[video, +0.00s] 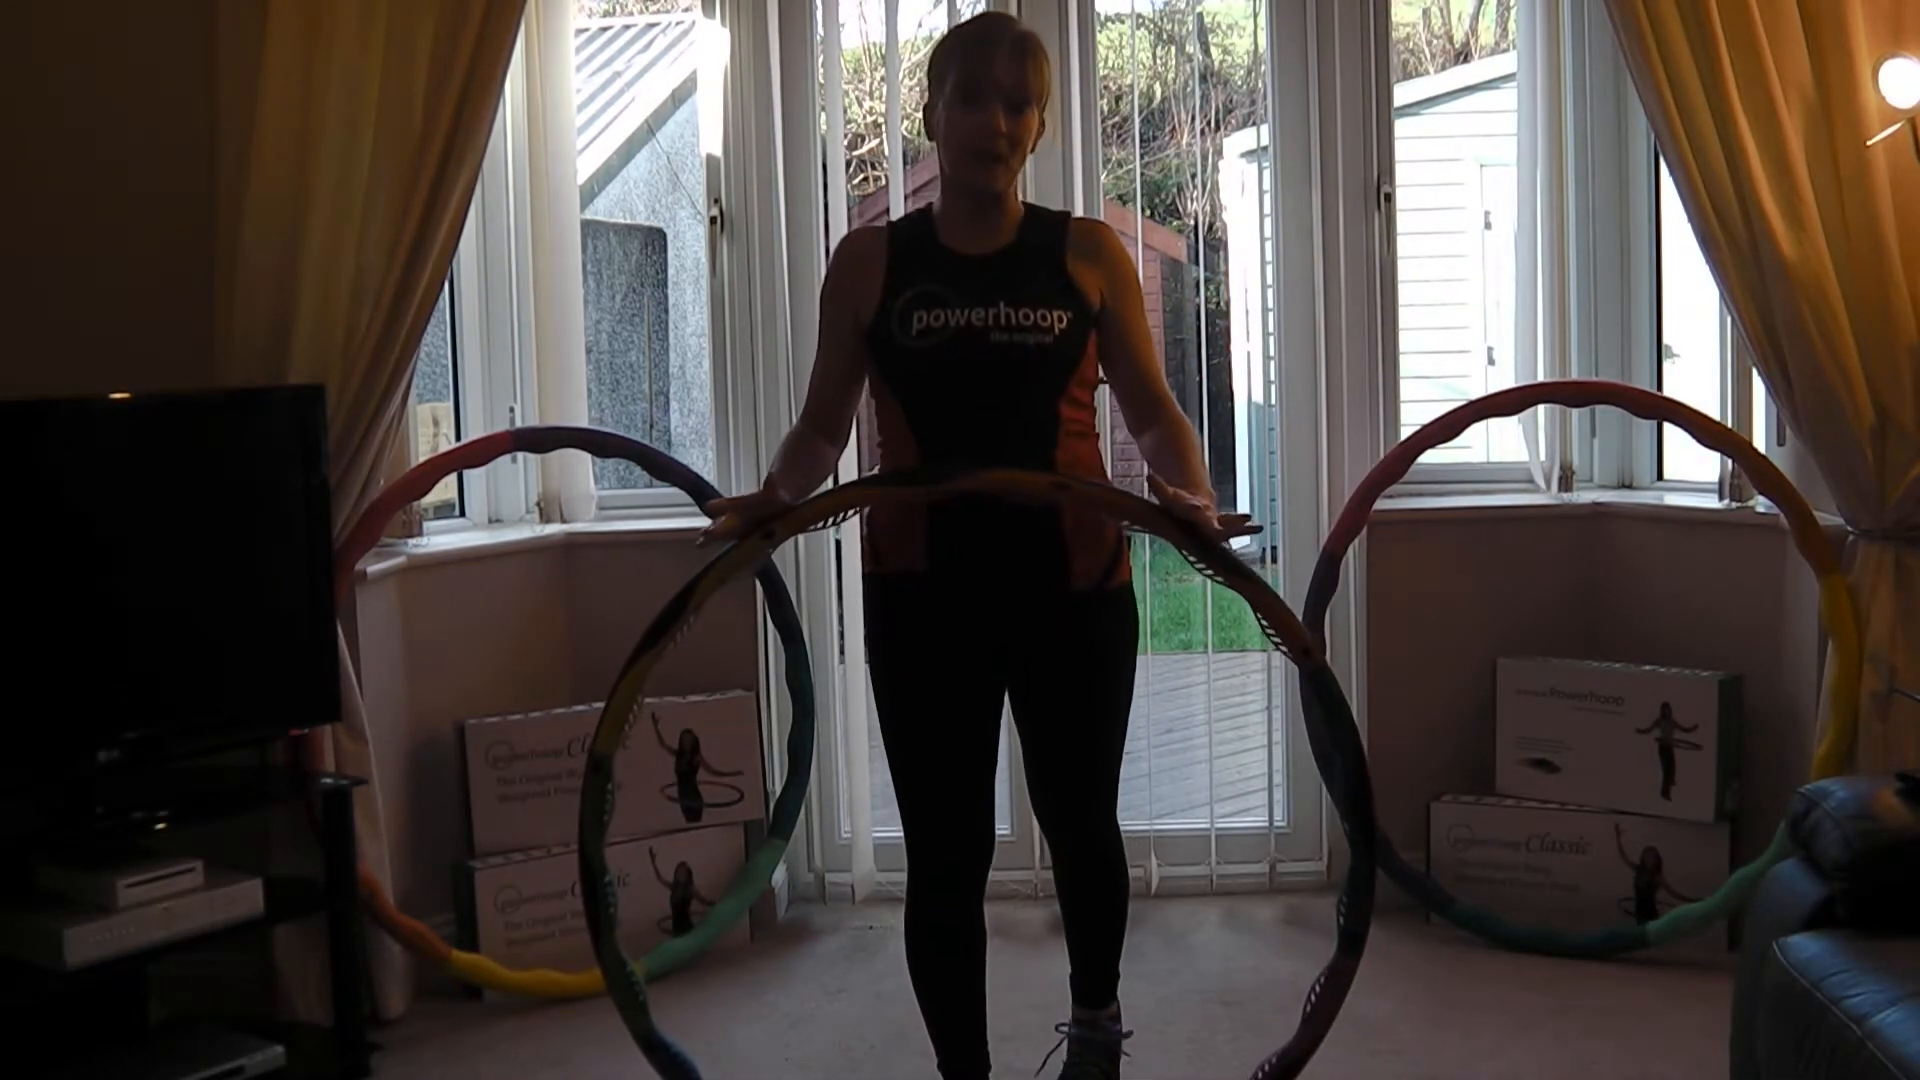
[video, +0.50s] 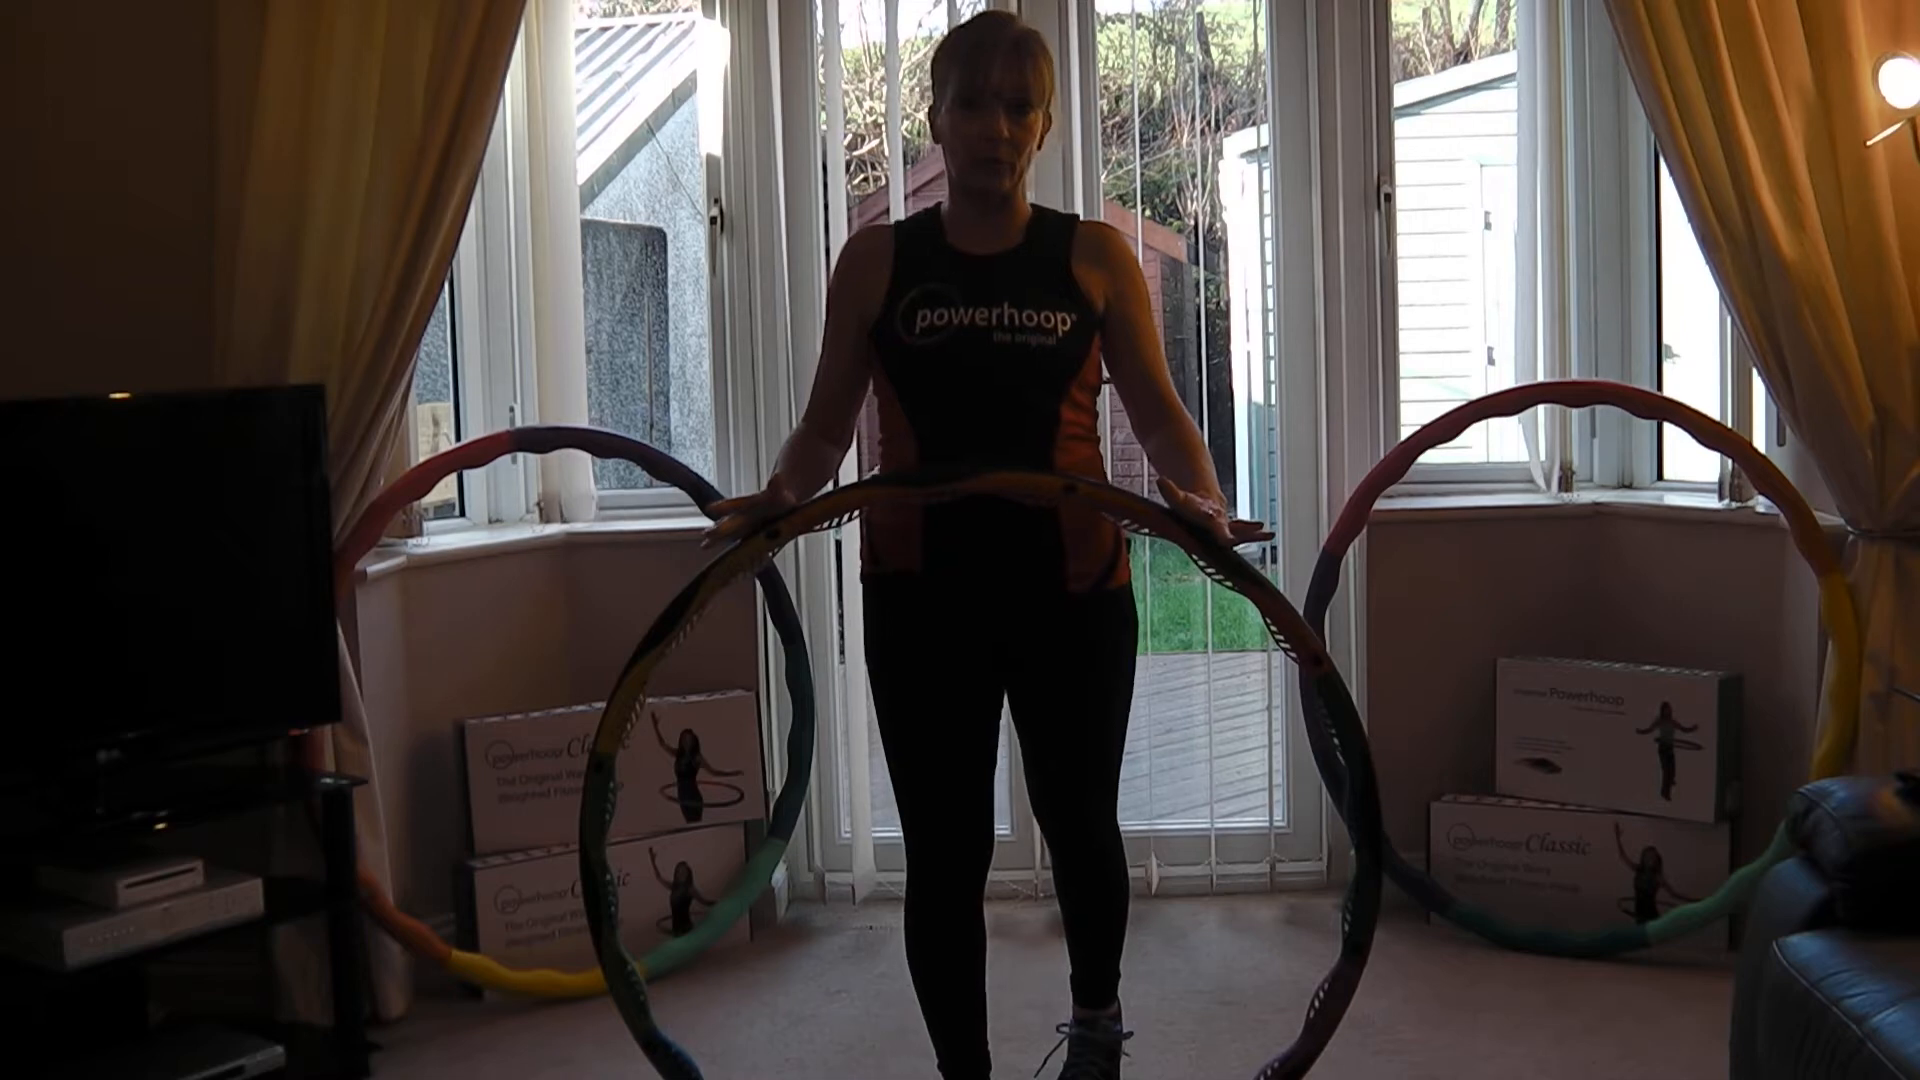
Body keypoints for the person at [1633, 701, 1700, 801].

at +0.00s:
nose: (1666, 712)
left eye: (1668, 710)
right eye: (1665, 710)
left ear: (1670, 711)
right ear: (1662, 711)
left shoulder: (1671, 721)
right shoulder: (1660, 721)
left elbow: (1683, 730)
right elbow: (1650, 730)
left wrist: (1692, 728)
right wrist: (1640, 731)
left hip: (1669, 747)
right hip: (1663, 748)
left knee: (1670, 770)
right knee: (1667, 771)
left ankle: (1667, 792)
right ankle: (1665, 792)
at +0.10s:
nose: (1666, 712)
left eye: (1668, 710)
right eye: (1665, 710)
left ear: (1670, 711)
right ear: (1662, 711)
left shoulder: (1670, 721)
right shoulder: (1660, 721)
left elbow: (1683, 730)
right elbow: (1650, 730)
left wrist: (1692, 728)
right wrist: (1640, 731)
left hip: (1669, 747)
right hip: (1663, 747)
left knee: (1670, 770)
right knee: (1667, 771)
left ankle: (1666, 792)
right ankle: (1665, 792)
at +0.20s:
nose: (1666, 712)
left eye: (1668, 710)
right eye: (1665, 710)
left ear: (1670, 711)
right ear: (1662, 711)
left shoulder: (1670, 721)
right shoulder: (1660, 721)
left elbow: (1683, 730)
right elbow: (1650, 730)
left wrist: (1692, 728)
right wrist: (1640, 731)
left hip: (1668, 747)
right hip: (1663, 747)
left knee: (1670, 770)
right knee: (1667, 771)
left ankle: (1666, 792)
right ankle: (1665, 792)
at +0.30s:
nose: (1667, 713)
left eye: (1668, 710)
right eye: (1665, 710)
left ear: (1670, 711)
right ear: (1662, 711)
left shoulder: (1671, 721)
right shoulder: (1660, 721)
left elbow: (1683, 729)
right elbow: (1651, 729)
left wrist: (1692, 729)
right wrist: (1641, 731)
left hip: (1669, 747)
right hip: (1663, 747)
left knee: (1670, 770)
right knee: (1667, 771)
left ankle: (1667, 792)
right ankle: (1665, 792)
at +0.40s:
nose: (1667, 712)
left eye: (1668, 710)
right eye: (1665, 710)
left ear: (1670, 711)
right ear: (1662, 711)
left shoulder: (1671, 721)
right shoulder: (1660, 721)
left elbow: (1683, 729)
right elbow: (1650, 729)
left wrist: (1692, 728)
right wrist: (1641, 731)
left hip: (1669, 747)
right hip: (1663, 747)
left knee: (1670, 771)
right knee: (1667, 771)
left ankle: (1667, 792)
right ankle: (1665, 792)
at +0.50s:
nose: (1667, 712)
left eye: (1668, 710)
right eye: (1665, 710)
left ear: (1670, 711)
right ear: (1662, 711)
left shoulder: (1671, 721)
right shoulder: (1660, 721)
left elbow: (1683, 729)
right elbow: (1650, 729)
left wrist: (1692, 728)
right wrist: (1641, 731)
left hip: (1669, 747)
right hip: (1663, 748)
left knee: (1670, 771)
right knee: (1667, 771)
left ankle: (1667, 792)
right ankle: (1665, 792)